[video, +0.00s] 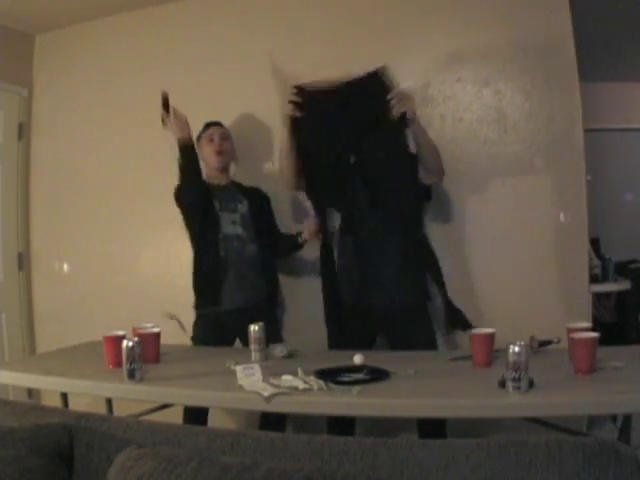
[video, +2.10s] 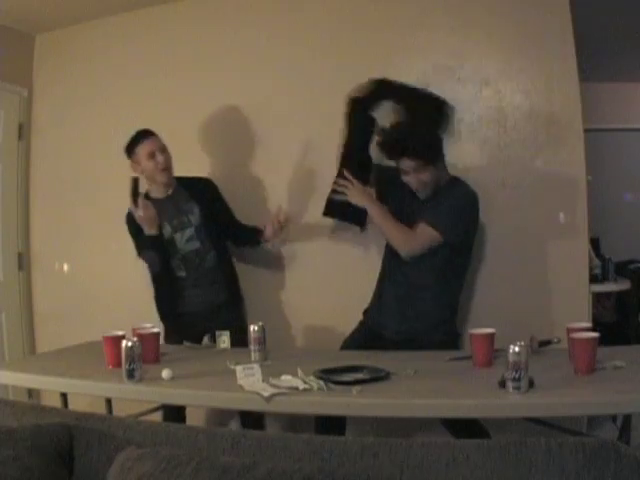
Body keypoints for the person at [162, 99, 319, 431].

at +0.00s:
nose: (219, 145)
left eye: (225, 139)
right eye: (211, 140)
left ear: (234, 149)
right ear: (199, 154)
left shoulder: (256, 198)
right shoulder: (195, 197)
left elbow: (274, 247)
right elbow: (189, 189)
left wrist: (301, 238)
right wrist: (184, 144)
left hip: (259, 306)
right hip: (215, 308)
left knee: (273, 388)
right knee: (199, 388)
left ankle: (269, 458)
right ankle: (190, 455)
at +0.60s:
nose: (191, 149)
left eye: (193, 142)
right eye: (181, 143)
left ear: (198, 149)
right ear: (164, 153)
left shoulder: (219, 192)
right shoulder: (155, 198)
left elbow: (241, 243)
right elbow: (165, 230)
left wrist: (266, 234)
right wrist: (159, 174)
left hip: (232, 302)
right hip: (187, 306)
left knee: (250, 382)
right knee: (188, 387)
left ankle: (261, 455)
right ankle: (190, 455)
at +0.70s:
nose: (194, 151)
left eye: (196, 144)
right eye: (184, 146)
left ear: (200, 146)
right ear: (164, 151)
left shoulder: (211, 188)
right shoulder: (152, 195)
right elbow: (161, 229)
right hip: (182, 294)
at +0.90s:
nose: (149, 155)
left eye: (146, 148)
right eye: (140, 151)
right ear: (119, 164)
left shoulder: (164, 190)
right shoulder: (113, 211)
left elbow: (194, 229)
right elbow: (147, 253)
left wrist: (237, 214)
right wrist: (186, 214)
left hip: (204, 294)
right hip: (168, 309)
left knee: (255, 340)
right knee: (172, 379)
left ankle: (270, 424)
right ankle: (167, 448)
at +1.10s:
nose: (140, 152)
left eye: (137, 146)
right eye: (130, 149)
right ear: (113, 164)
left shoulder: (162, 195)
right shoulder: (113, 212)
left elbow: (195, 238)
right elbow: (142, 262)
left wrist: (241, 224)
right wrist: (179, 231)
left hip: (206, 301)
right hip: (166, 313)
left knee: (243, 362)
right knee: (171, 388)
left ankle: (222, 439)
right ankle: (166, 453)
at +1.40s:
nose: (170, 152)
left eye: (168, 146)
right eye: (161, 149)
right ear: (139, 160)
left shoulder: (186, 193)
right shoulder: (132, 207)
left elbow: (208, 241)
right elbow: (143, 264)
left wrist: (248, 241)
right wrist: (178, 242)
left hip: (202, 307)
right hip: (165, 314)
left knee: (208, 389)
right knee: (175, 394)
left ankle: (204, 455)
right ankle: (170, 458)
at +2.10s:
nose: (162, 159)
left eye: (163, 151)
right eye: (152, 156)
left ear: (170, 153)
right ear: (136, 168)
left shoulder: (202, 189)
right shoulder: (139, 215)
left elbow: (231, 231)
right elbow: (155, 264)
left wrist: (262, 235)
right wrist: (151, 229)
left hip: (225, 303)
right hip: (180, 313)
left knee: (244, 381)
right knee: (174, 388)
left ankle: (258, 451)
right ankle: (172, 454)